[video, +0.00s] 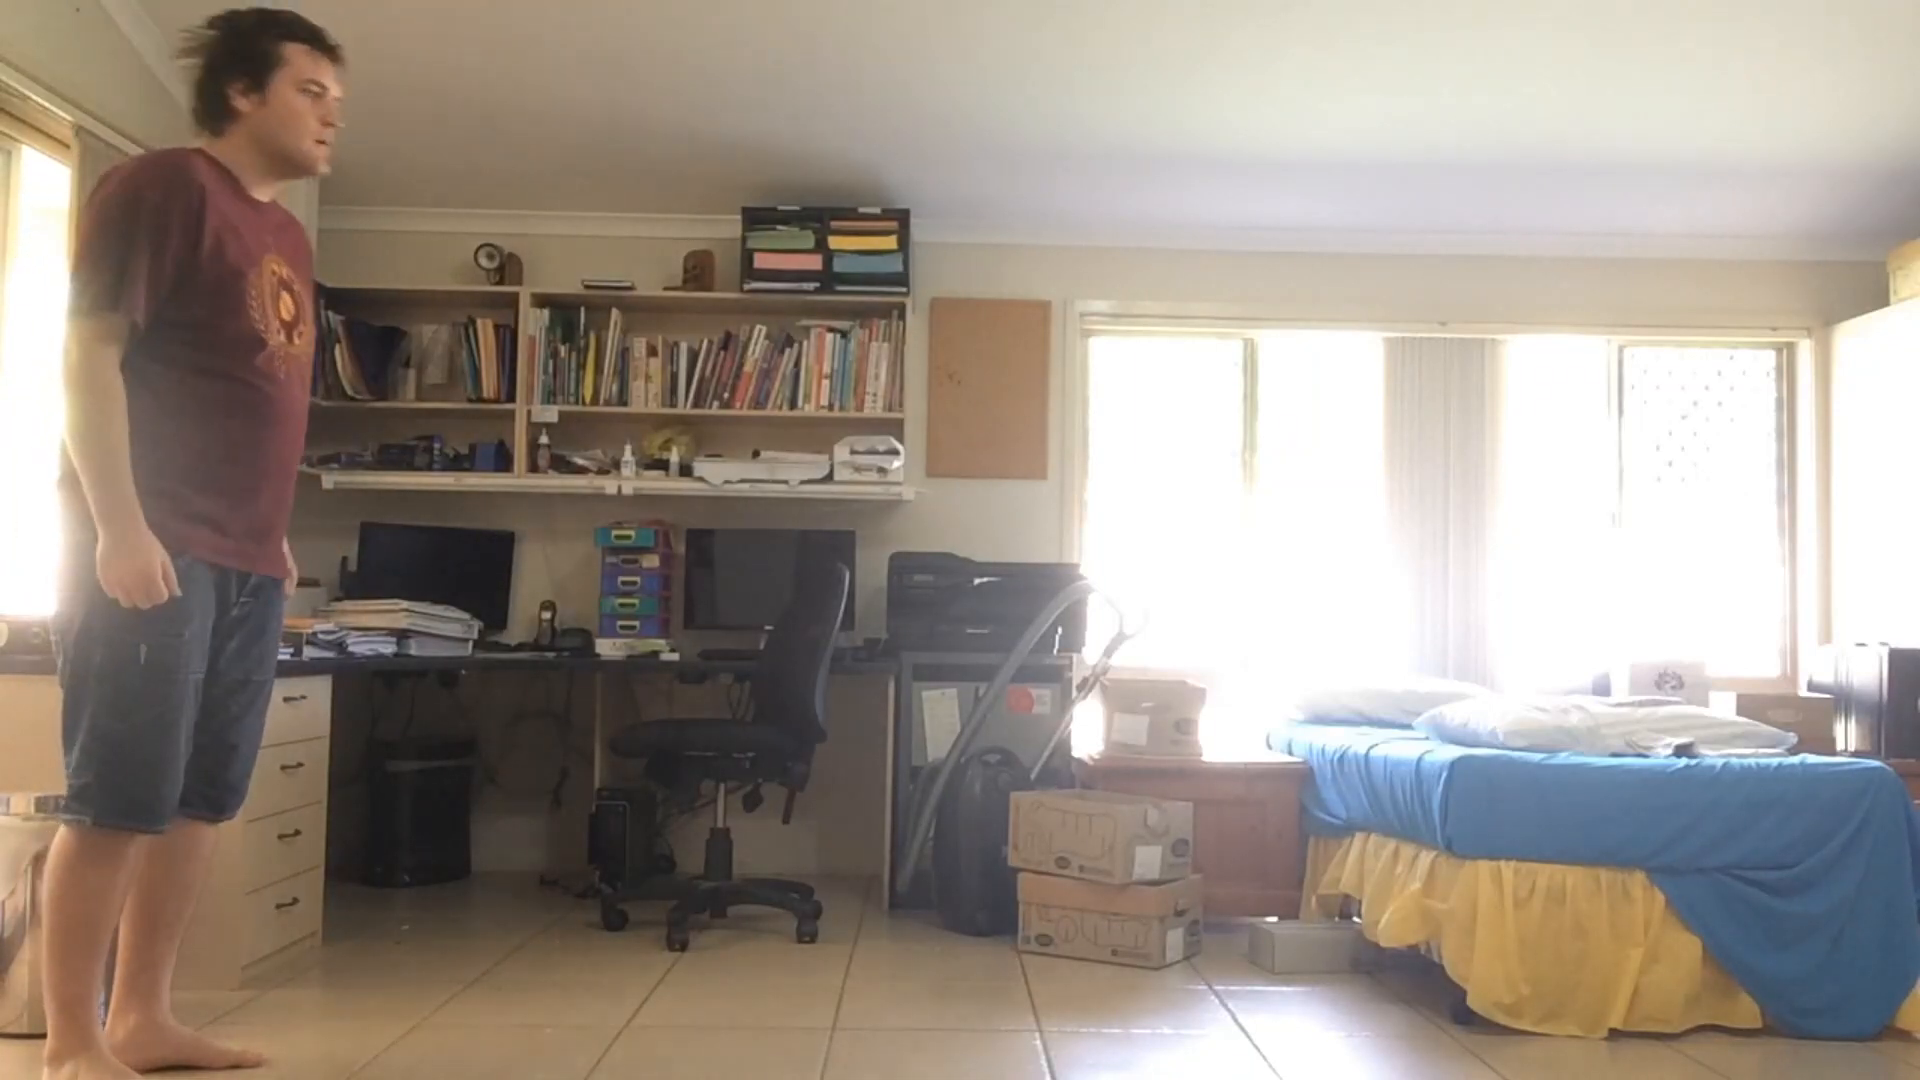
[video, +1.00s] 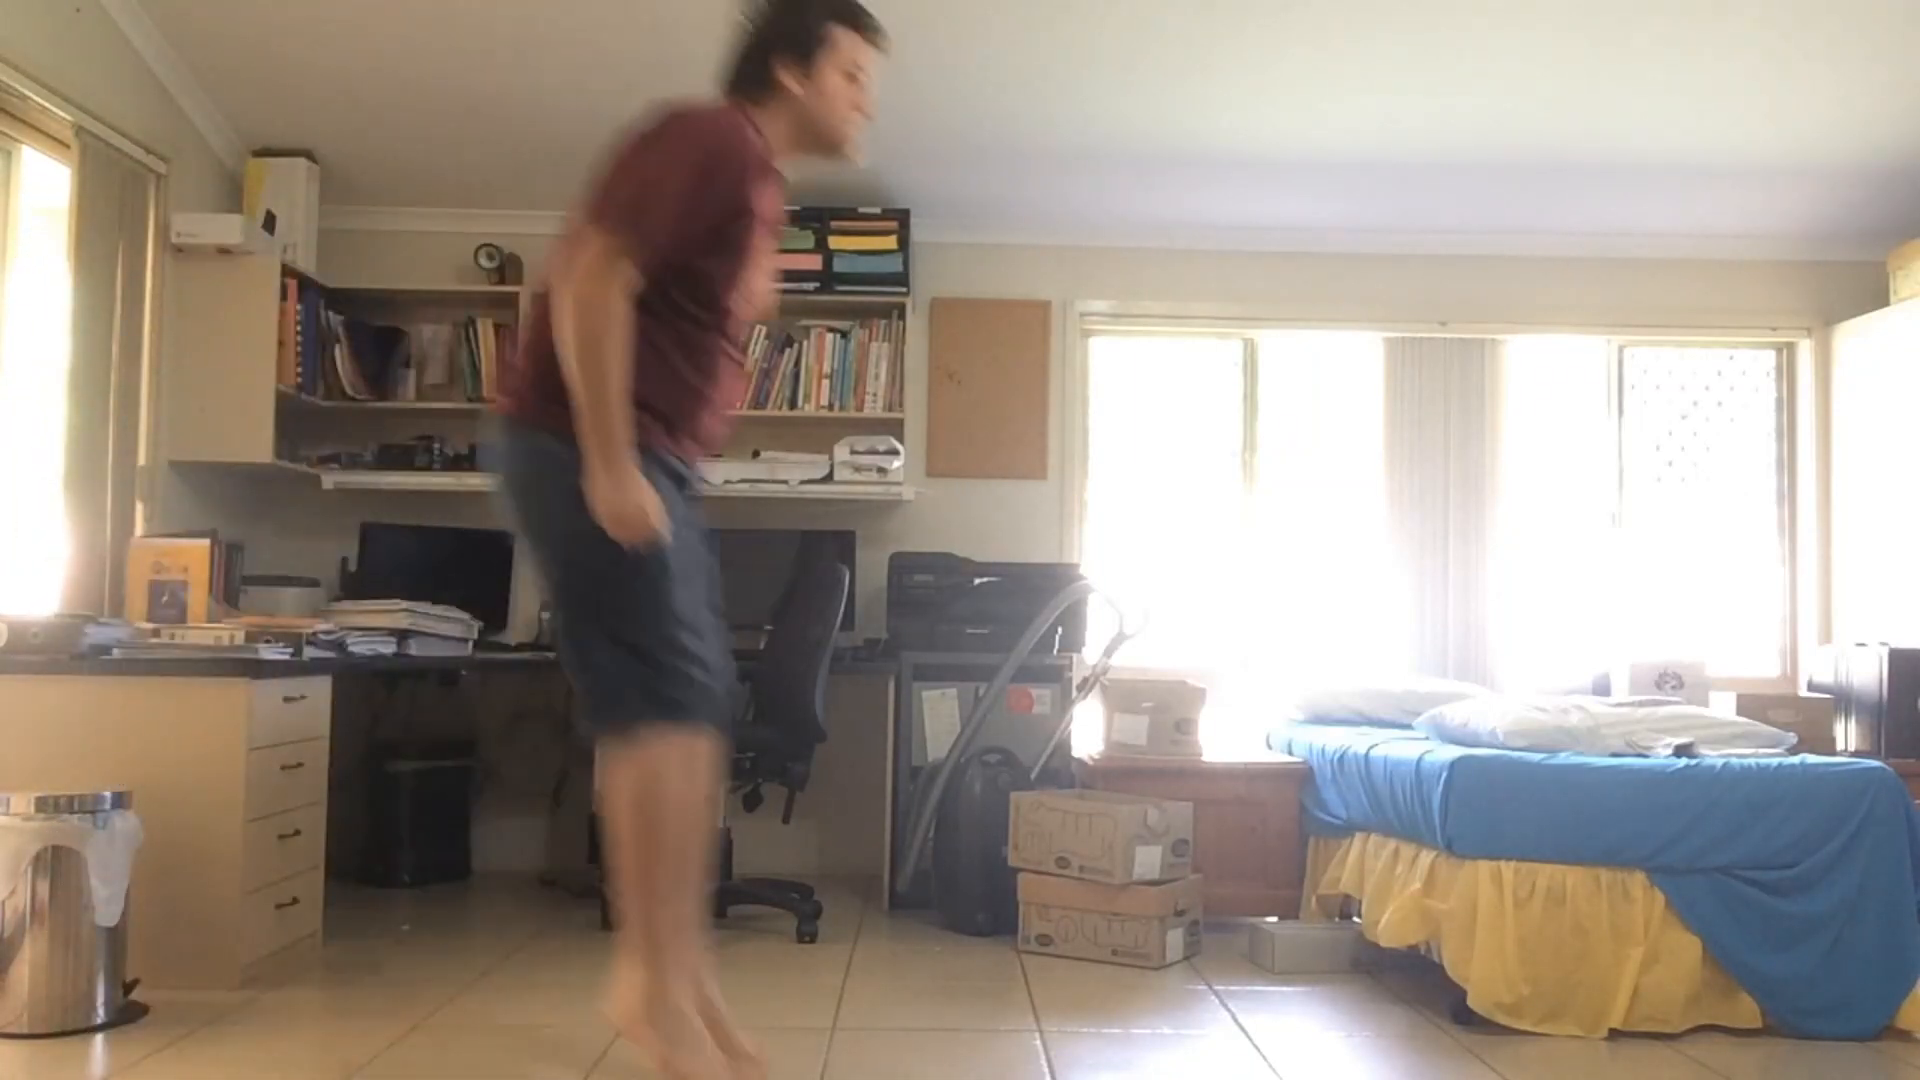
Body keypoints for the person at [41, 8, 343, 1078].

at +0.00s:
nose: (334, 114)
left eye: (338, 99)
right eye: (314, 90)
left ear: (303, 115)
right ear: (244, 93)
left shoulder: (291, 235)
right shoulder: (157, 185)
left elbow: (264, 400)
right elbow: (91, 359)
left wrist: (270, 540)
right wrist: (122, 531)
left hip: (249, 564)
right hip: (152, 551)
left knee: (194, 805)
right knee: (111, 807)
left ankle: (142, 1023)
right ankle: (69, 1047)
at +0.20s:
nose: (438, 184)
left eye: (441, 168)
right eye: (419, 159)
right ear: (347, 160)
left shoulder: (363, 293)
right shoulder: (233, 234)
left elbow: (270, 439)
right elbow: (108, 377)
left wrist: (261, 555)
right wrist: (112, 554)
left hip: (240, 575)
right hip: (139, 562)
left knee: (235, 798)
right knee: (157, 799)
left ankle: (143, 1022)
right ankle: (73, 1048)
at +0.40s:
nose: (519, 335)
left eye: (520, 315)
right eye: (501, 309)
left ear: (461, 327)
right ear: (433, 313)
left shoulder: (420, 419)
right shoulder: (320, 371)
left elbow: (312, 523)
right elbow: (138, 456)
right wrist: (97, 631)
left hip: (248, 634)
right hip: (153, 623)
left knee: (290, 826)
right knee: (240, 827)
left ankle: (147, 1029)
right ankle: (77, 1049)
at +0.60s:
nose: (538, 229)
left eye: (539, 210)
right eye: (520, 208)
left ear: (500, 223)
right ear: (454, 217)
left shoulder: (486, 342)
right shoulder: (375, 316)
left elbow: (407, 472)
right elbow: (242, 430)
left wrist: (359, 594)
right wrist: (210, 609)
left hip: (351, 633)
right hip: (268, 625)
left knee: (333, 858)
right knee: (283, 856)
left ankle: (156, 1019)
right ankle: (92, 1032)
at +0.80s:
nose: (659, 54)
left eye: (662, 34)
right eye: (646, 29)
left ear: (595, 32)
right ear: (582, 23)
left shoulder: (570, 132)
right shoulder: (490, 103)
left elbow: (507, 272)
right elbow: (405, 242)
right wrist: (444, 422)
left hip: (532, 452)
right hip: (467, 446)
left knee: (470, 694)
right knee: (460, 695)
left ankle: (280, 897)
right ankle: (295, 918)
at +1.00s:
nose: (867, 104)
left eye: (870, 83)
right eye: (855, 77)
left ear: (810, 81)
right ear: (790, 69)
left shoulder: (752, 175)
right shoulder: (710, 137)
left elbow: (653, 293)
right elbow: (588, 274)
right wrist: (611, 461)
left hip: (639, 455)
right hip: (588, 449)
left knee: (659, 710)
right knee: (678, 703)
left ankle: (671, 981)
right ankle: (660, 989)